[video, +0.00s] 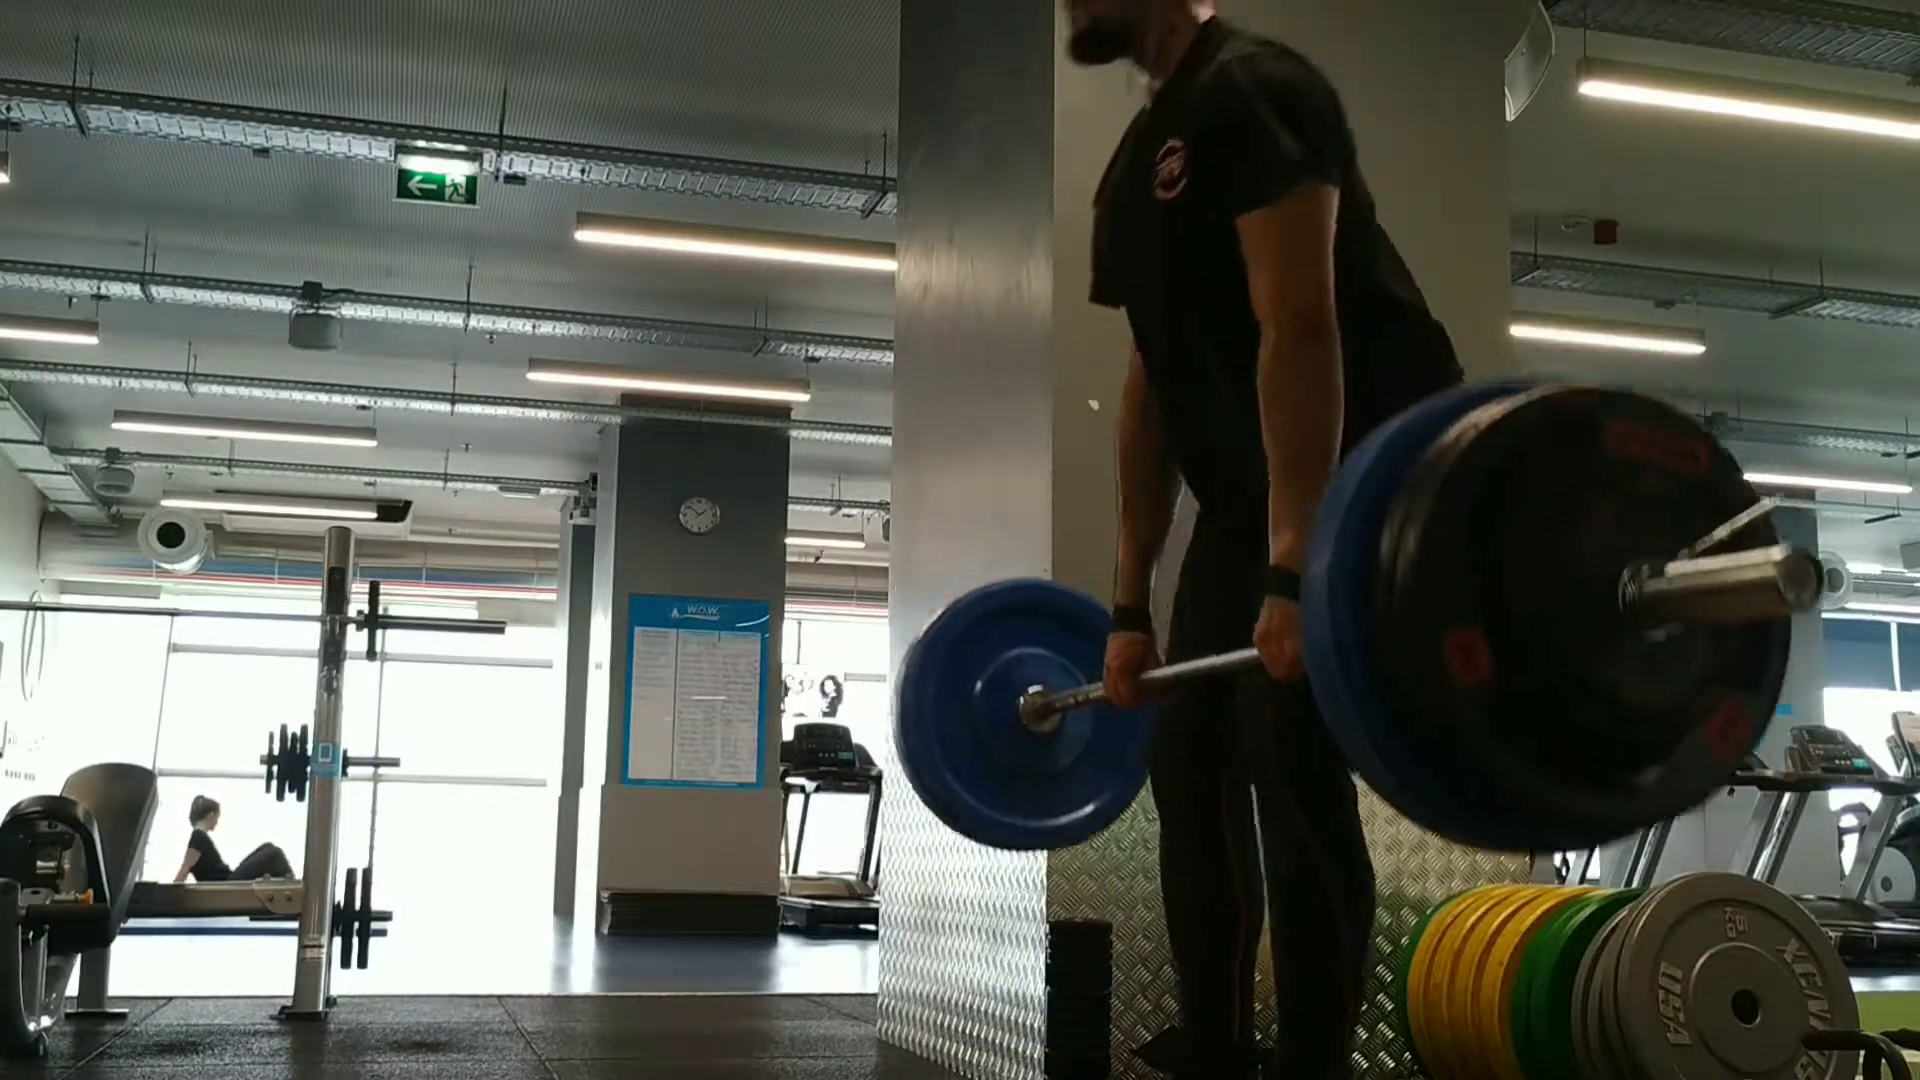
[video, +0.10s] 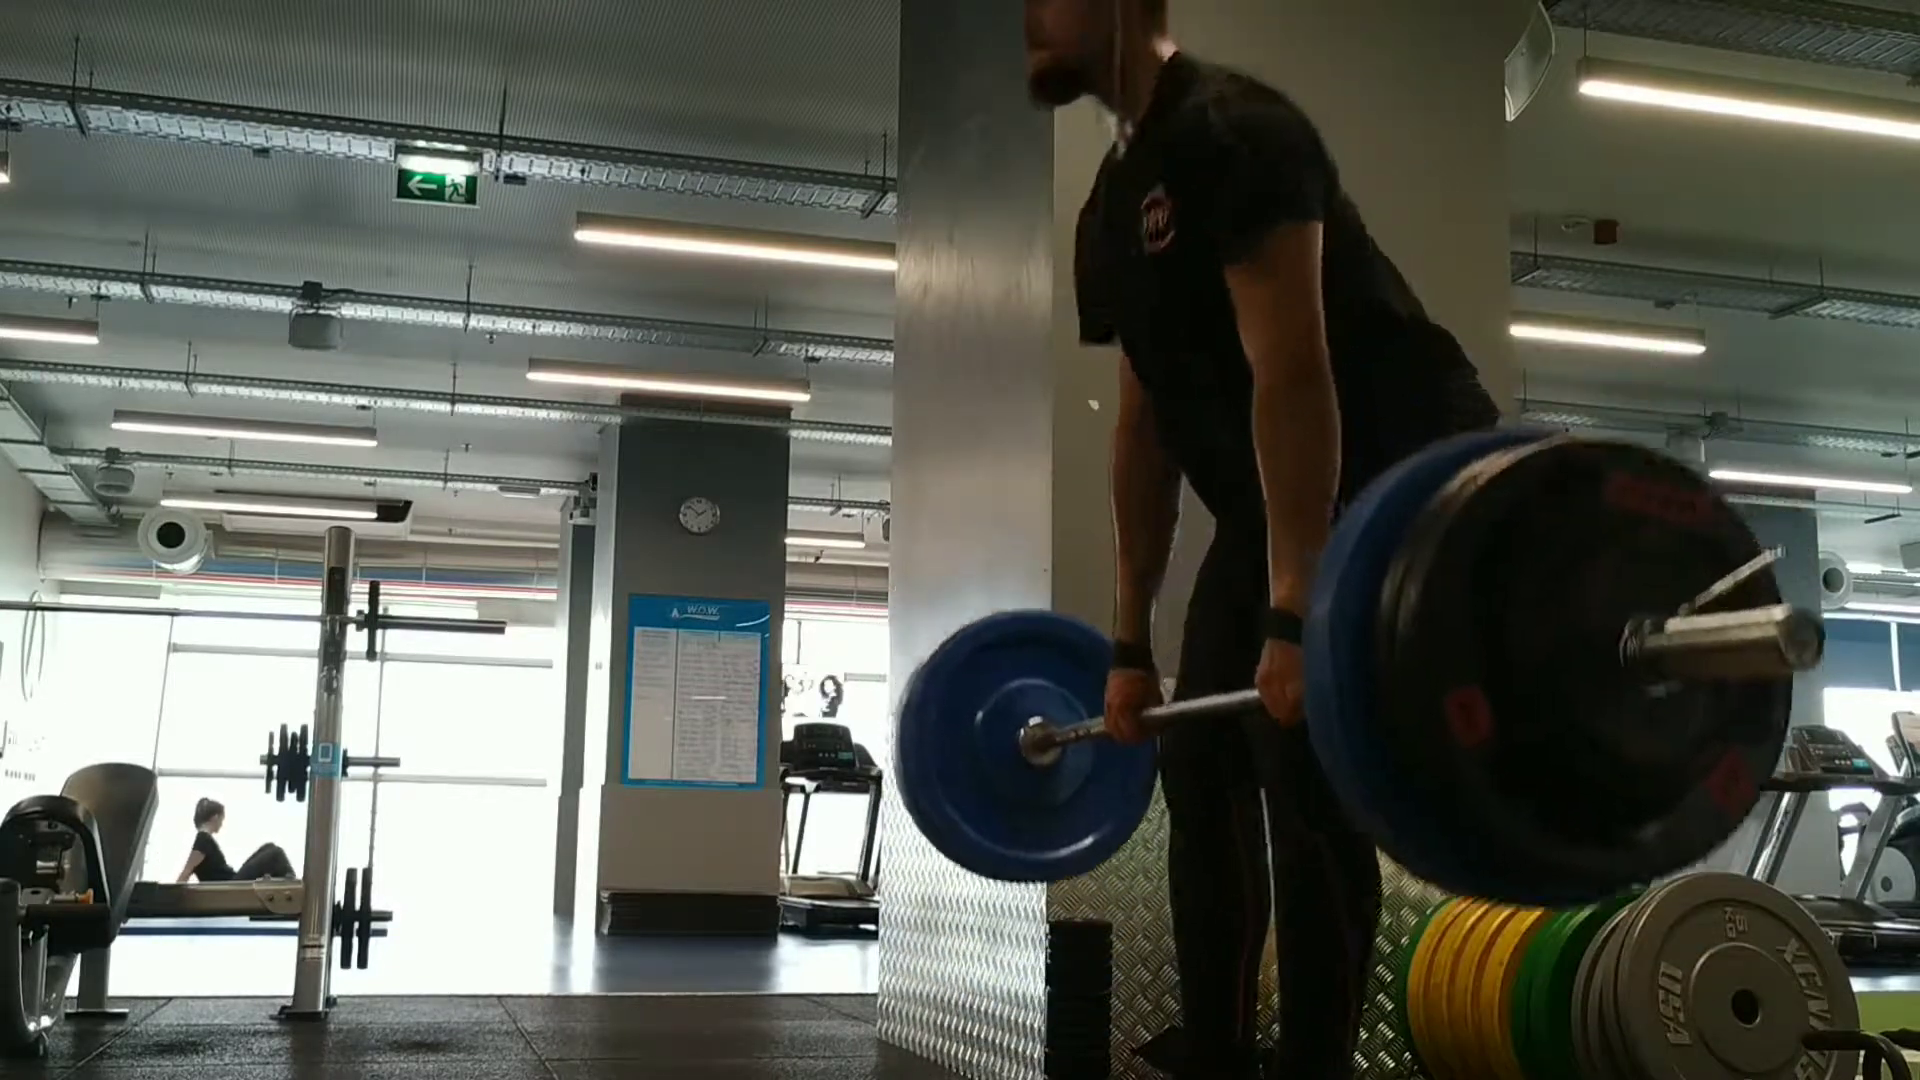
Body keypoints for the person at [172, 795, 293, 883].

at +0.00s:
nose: (217, 820)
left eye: (218, 816)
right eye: (217, 815)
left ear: (202, 815)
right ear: (208, 815)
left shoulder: (201, 836)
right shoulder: (199, 837)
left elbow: (186, 869)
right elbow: (185, 869)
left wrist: (173, 891)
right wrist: (172, 892)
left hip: (227, 880)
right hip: (227, 883)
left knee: (267, 847)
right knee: (273, 853)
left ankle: (287, 886)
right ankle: (292, 888)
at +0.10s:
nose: (222, 822)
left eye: (222, 818)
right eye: (221, 817)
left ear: (207, 818)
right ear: (213, 818)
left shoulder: (205, 838)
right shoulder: (203, 839)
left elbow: (189, 871)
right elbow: (187, 871)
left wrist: (176, 894)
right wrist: (174, 894)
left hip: (231, 881)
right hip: (231, 885)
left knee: (269, 847)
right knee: (274, 852)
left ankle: (288, 883)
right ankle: (293, 886)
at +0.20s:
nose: (225, 824)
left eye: (226, 820)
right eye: (225, 819)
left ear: (210, 819)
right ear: (218, 819)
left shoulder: (209, 840)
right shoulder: (206, 841)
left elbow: (192, 871)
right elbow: (190, 872)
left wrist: (175, 891)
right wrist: (173, 891)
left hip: (233, 882)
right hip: (233, 886)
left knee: (269, 848)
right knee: (274, 852)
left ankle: (287, 882)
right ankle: (292, 885)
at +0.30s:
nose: (227, 824)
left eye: (227, 819)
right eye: (226, 819)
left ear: (213, 819)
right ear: (219, 819)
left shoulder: (209, 839)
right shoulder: (207, 841)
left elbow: (193, 870)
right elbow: (191, 871)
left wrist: (175, 890)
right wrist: (174, 890)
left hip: (233, 882)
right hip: (233, 886)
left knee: (269, 848)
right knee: (274, 852)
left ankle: (288, 882)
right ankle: (292, 884)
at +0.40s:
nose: (225, 822)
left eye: (225, 818)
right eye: (224, 818)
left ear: (208, 818)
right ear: (217, 819)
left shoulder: (208, 839)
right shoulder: (206, 840)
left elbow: (192, 870)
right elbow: (190, 871)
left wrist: (175, 890)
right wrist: (174, 890)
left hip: (232, 882)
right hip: (232, 886)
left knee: (267, 847)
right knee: (274, 852)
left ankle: (287, 880)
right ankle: (292, 884)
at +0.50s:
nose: (223, 823)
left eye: (223, 819)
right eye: (223, 819)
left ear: (203, 819)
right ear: (218, 820)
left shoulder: (205, 839)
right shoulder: (206, 841)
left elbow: (191, 870)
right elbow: (190, 871)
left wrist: (175, 890)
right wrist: (174, 890)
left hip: (231, 882)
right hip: (233, 885)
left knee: (267, 847)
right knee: (274, 853)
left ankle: (286, 882)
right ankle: (292, 885)